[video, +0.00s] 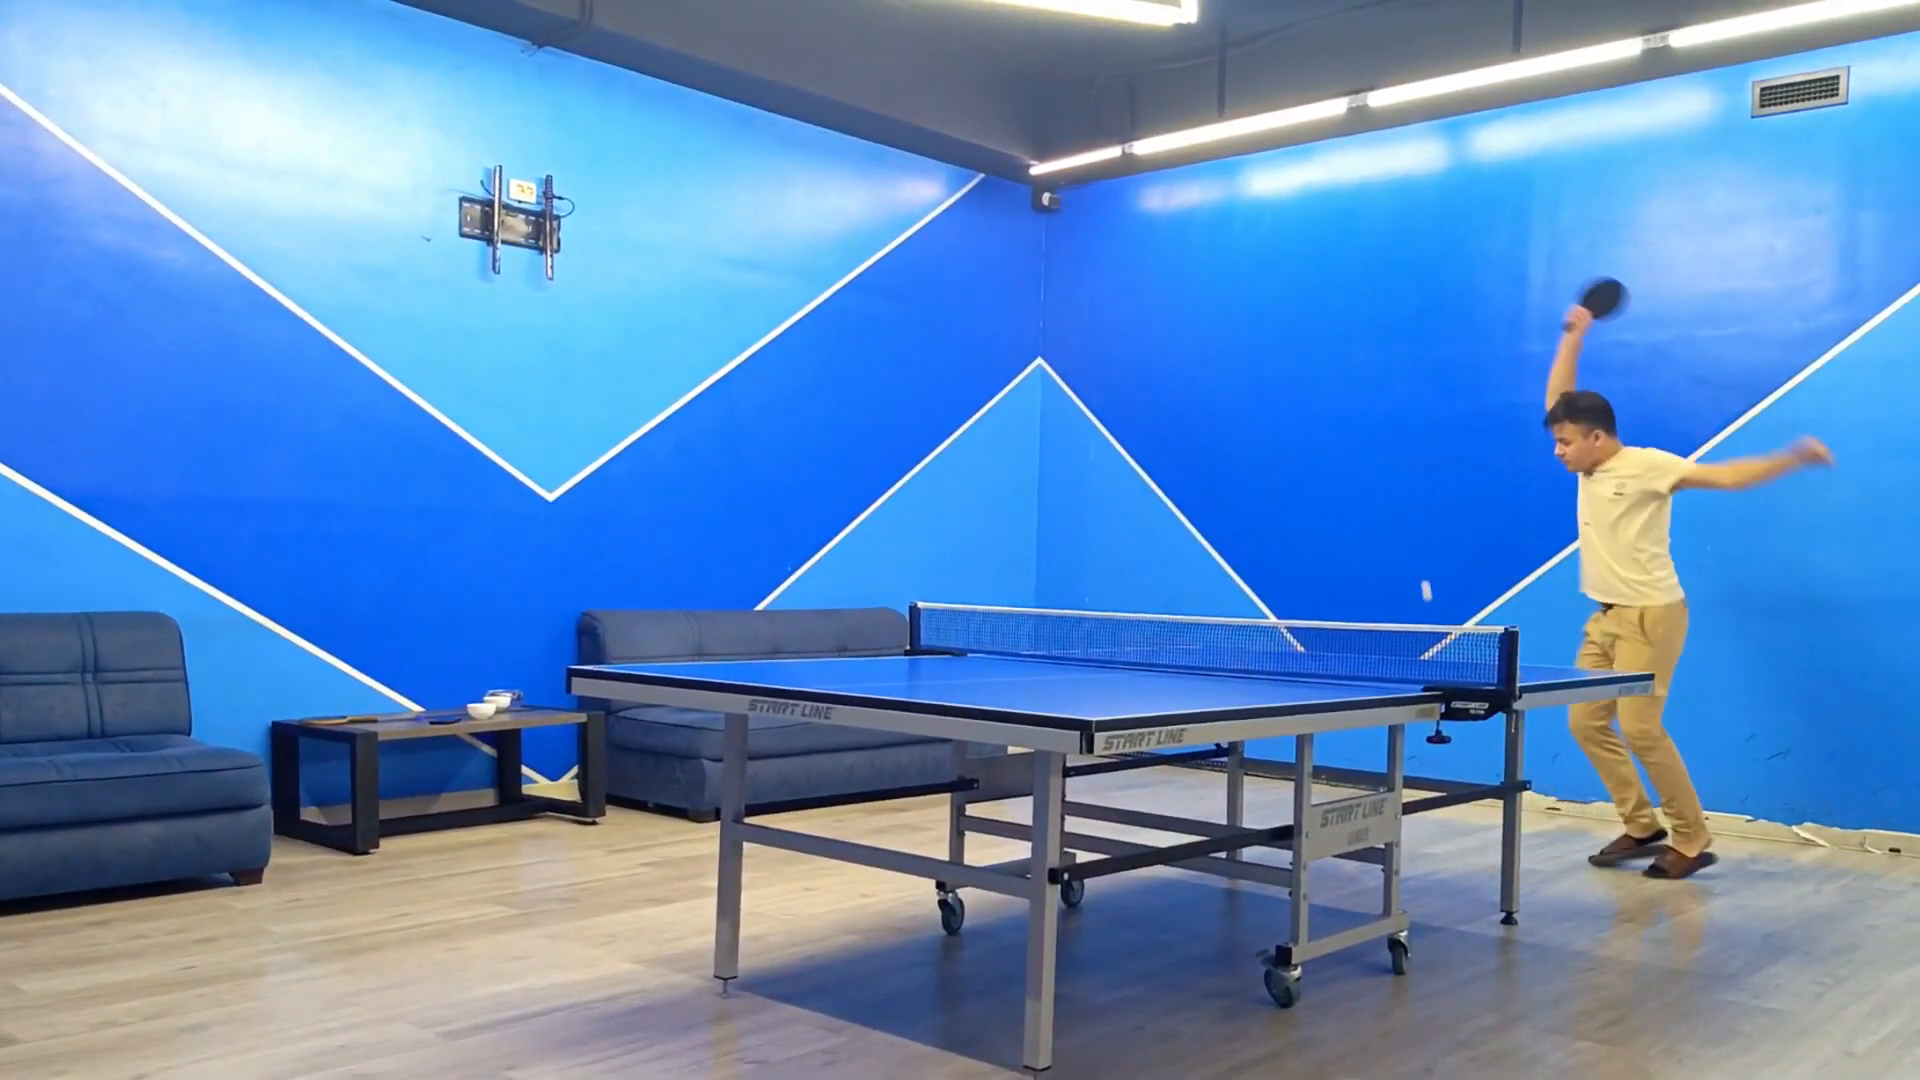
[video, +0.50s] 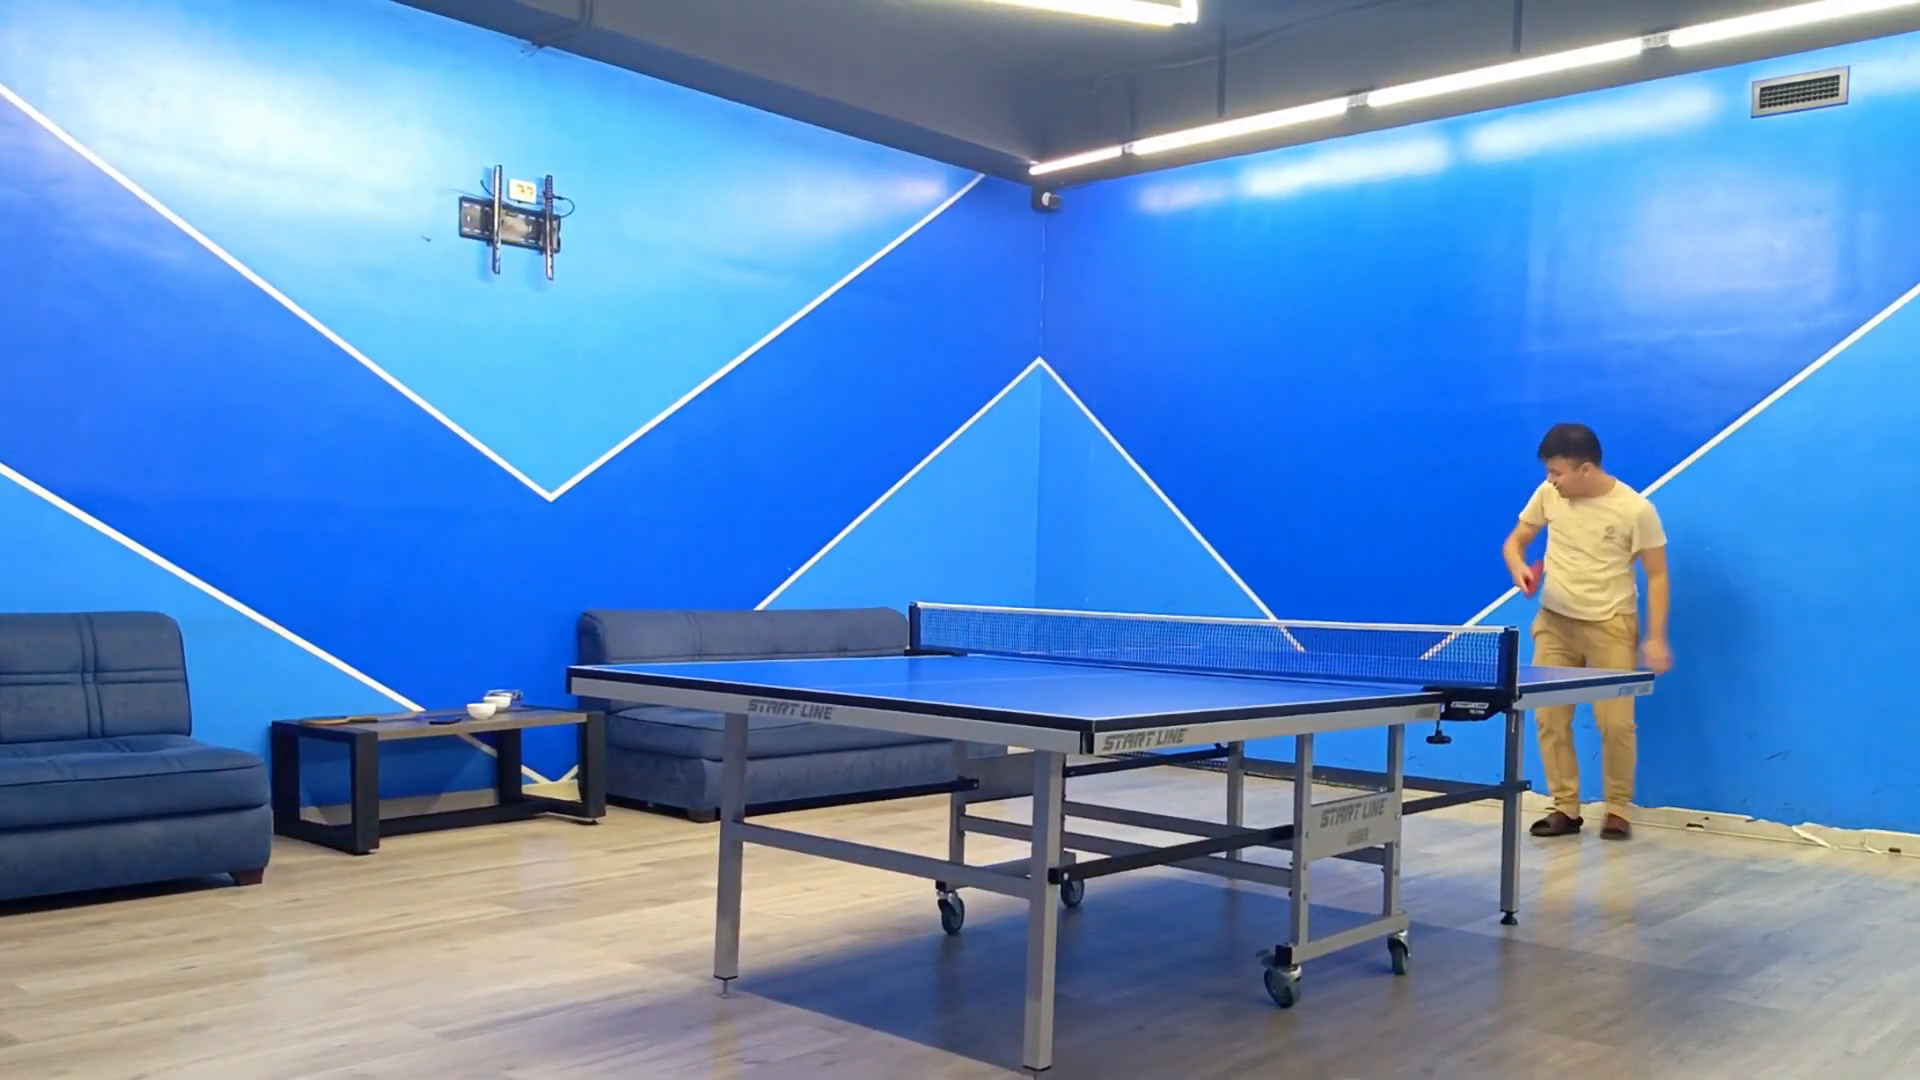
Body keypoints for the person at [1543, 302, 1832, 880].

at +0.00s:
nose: (1560, 454)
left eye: (1565, 444)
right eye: (1557, 446)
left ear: (1598, 437)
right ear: (1584, 441)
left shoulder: (1645, 467)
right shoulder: (1589, 467)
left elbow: (1725, 476)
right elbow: (1559, 402)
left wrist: (1791, 459)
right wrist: (1572, 335)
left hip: (1653, 616)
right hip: (1608, 616)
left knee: (1639, 725)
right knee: (1586, 721)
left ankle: (1692, 841)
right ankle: (1642, 827)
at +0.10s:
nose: (1571, 465)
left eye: (1577, 455)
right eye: (1568, 457)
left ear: (1609, 449)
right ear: (1573, 456)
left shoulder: (1656, 488)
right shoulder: (1582, 484)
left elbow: (1737, 519)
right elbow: (1541, 433)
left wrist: (1816, 525)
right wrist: (1565, 373)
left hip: (1644, 635)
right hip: (1586, 632)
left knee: (1650, 744)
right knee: (1566, 732)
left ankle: (1681, 848)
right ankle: (1610, 812)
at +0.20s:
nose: (1579, 478)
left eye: (1587, 468)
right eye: (1576, 468)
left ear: (1619, 468)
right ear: (1578, 469)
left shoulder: (1662, 514)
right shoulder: (1572, 501)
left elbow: (1723, 564)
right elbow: (1503, 481)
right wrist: (1524, 427)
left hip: (1637, 647)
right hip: (1579, 647)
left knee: (1645, 739)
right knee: (1554, 734)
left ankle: (1681, 844)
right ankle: (1568, 812)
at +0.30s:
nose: (1572, 477)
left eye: (1581, 469)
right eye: (1571, 468)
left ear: (1612, 470)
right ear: (1573, 466)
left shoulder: (1652, 518)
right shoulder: (1563, 501)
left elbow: (1688, 578)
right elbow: (1494, 520)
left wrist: (1722, 631)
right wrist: (1493, 493)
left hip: (1623, 646)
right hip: (1566, 642)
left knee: (1640, 739)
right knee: (1544, 730)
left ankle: (1676, 842)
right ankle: (1568, 814)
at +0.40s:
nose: (1561, 474)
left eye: (1569, 466)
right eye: (1560, 466)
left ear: (1600, 464)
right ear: (1560, 464)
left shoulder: (1644, 510)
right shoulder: (1556, 495)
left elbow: (1667, 575)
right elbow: (1505, 532)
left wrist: (1687, 634)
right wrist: (1499, 542)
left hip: (1616, 636)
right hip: (1560, 633)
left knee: (1622, 725)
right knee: (1548, 723)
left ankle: (1652, 828)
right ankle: (1567, 813)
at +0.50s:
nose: (1550, 481)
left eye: (1556, 473)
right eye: (1549, 473)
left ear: (1587, 467)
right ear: (1555, 469)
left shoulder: (1635, 510)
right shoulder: (1549, 494)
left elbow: (1657, 576)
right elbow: (1514, 541)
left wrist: (1656, 638)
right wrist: (1518, 567)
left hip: (1610, 628)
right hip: (1555, 624)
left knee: (1615, 723)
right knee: (1550, 718)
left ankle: (1617, 813)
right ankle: (1565, 810)